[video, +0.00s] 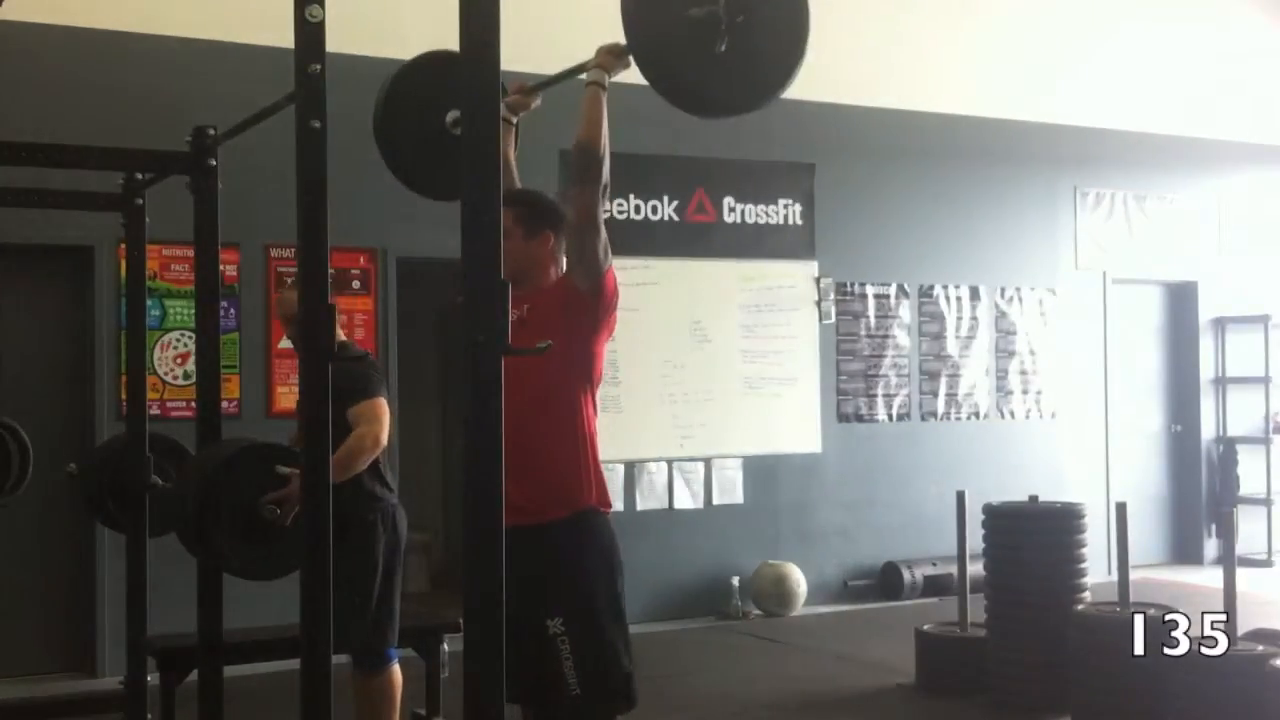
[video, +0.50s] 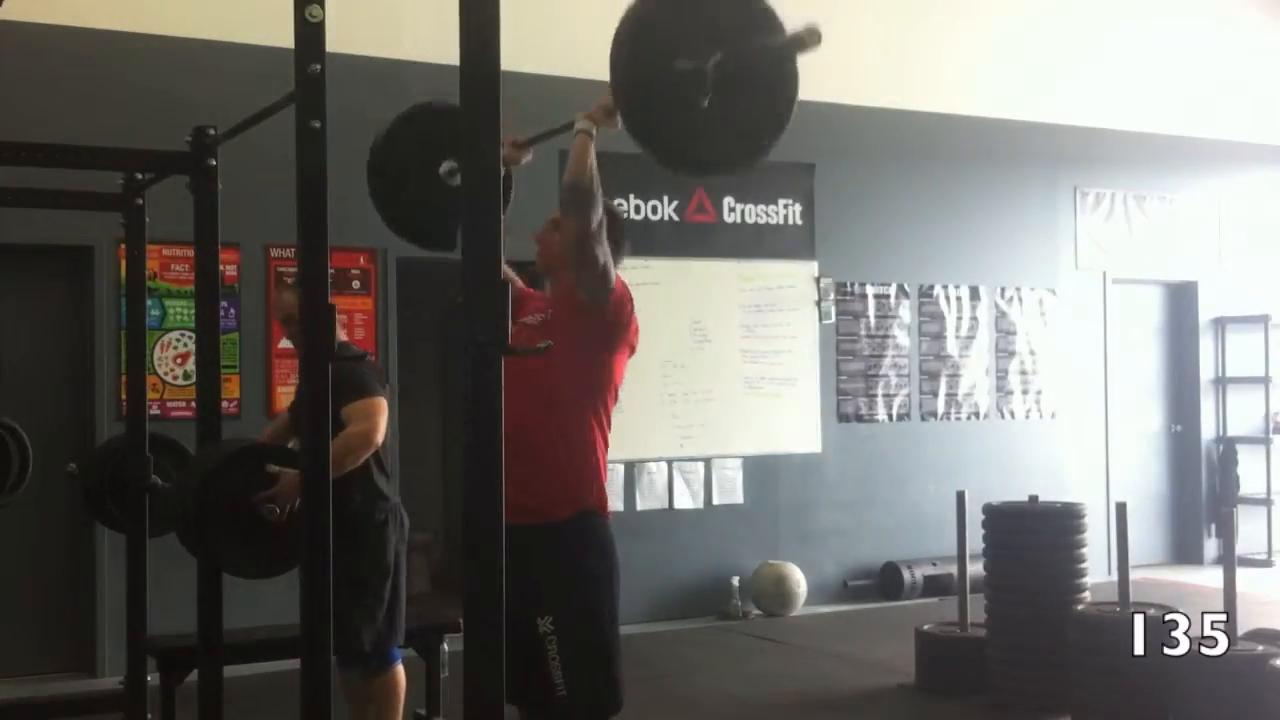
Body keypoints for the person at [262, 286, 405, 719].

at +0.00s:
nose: (289, 337)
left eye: (295, 326)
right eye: (285, 327)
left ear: (323, 320)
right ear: (293, 324)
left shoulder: (354, 366)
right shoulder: (320, 368)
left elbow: (373, 434)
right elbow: (312, 437)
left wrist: (312, 481)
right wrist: (296, 483)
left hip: (370, 515)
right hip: (344, 513)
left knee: (374, 650)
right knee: (362, 648)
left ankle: (385, 719)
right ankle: (369, 718)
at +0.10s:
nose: (287, 335)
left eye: (293, 324)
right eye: (283, 325)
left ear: (317, 321)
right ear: (287, 328)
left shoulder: (352, 366)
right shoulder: (314, 372)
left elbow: (372, 434)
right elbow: (304, 430)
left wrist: (311, 482)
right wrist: (260, 458)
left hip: (370, 516)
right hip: (341, 515)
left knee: (374, 650)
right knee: (361, 648)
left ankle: (385, 718)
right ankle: (369, 716)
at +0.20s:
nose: (280, 331)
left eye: (286, 320)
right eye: (277, 321)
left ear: (310, 320)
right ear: (290, 325)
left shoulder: (347, 367)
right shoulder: (310, 372)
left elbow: (369, 430)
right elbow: (287, 428)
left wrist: (308, 480)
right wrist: (245, 463)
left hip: (368, 518)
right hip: (340, 517)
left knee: (372, 651)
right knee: (360, 650)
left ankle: (385, 718)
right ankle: (370, 716)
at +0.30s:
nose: (280, 330)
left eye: (287, 319)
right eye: (276, 321)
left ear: (313, 318)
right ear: (279, 324)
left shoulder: (347, 367)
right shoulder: (308, 372)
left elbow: (367, 427)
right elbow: (283, 424)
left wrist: (307, 476)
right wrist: (241, 460)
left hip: (367, 519)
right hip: (338, 518)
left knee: (372, 651)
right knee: (357, 649)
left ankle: (385, 718)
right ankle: (368, 715)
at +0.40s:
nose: (282, 331)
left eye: (289, 321)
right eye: (277, 323)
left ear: (316, 318)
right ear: (277, 326)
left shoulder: (347, 367)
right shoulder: (310, 371)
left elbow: (367, 430)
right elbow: (282, 426)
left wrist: (305, 477)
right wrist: (242, 464)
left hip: (368, 519)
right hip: (339, 519)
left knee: (373, 650)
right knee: (355, 648)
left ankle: (386, 718)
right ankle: (367, 716)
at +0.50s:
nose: (285, 331)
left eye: (292, 321)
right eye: (282, 322)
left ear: (317, 319)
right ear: (287, 325)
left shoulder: (352, 366)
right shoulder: (316, 371)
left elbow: (368, 431)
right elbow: (287, 425)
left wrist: (305, 476)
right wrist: (246, 463)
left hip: (371, 519)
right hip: (339, 519)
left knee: (376, 649)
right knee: (350, 649)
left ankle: (389, 719)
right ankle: (363, 717)